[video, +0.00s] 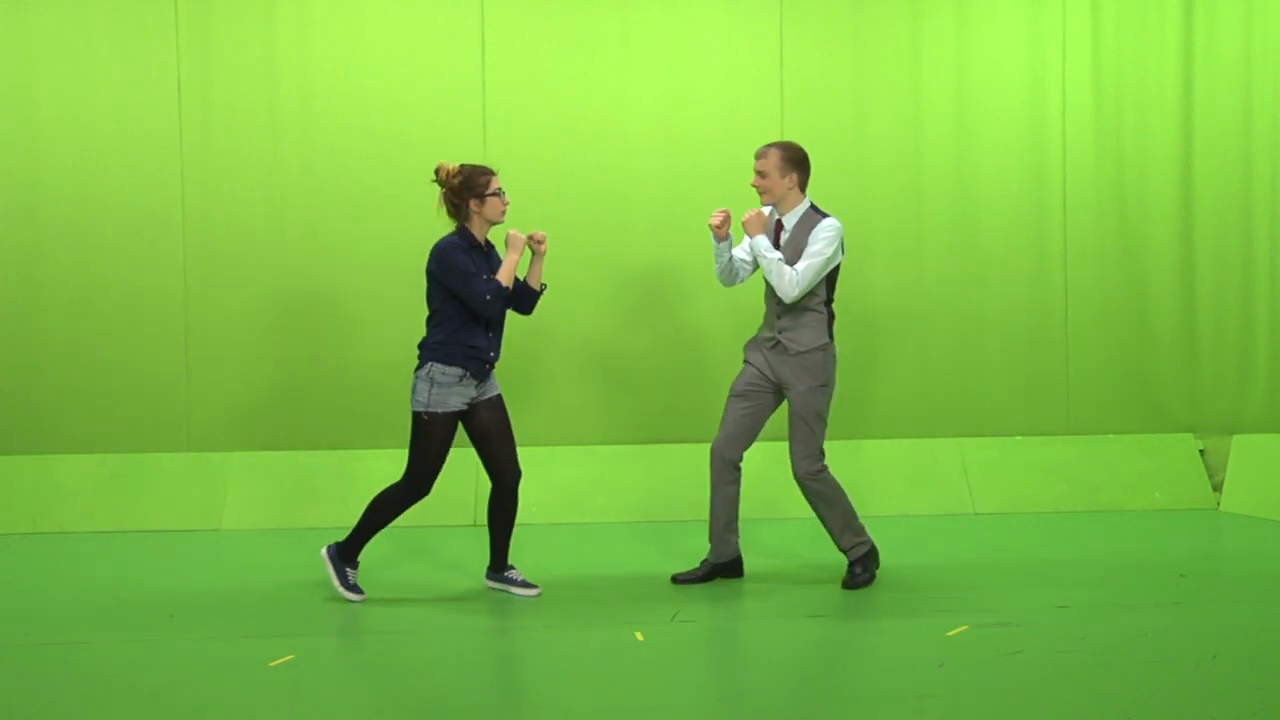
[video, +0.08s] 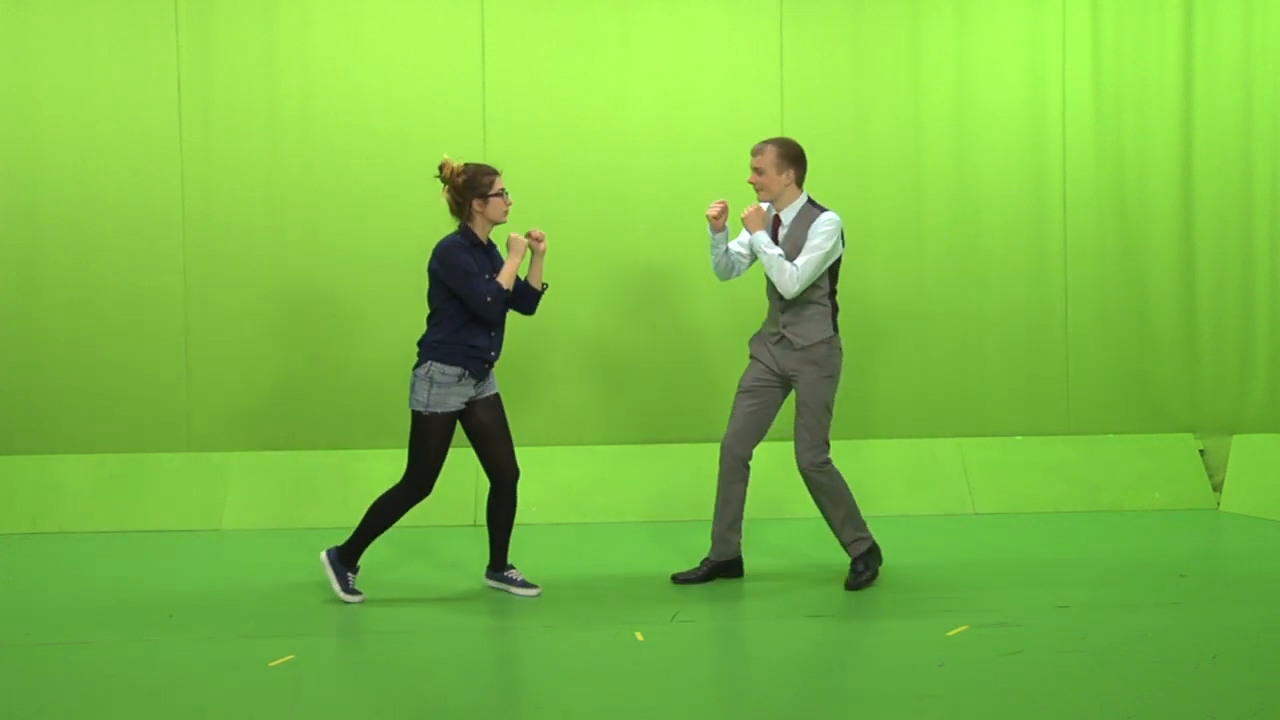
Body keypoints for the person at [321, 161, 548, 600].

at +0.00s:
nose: (506, 201)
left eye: (503, 193)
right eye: (497, 195)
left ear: (477, 204)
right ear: (473, 205)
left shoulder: (487, 252)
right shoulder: (448, 252)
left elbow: (522, 303)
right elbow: (487, 304)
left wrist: (537, 260)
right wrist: (513, 256)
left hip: (479, 379)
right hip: (440, 378)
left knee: (507, 475)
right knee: (418, 483)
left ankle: (499, 568)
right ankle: (344, 554)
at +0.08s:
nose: (508, 202)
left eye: (506, 194)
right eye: (499, 195)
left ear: (486, 203)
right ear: (475, 205)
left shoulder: (490, 252)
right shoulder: (451, 251)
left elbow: (525, 304)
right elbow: (489, 307)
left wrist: (538, 260)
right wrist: (514, 260)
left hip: (478, 377)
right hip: (439, 376)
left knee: (506, 474)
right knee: (419, 484)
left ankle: (498, 567)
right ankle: (344, 557)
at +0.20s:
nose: (508, 216)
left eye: (506, 209)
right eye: (500, 210)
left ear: (483, 220)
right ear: (476, 220)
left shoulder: (488, 270)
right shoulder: (451, 267)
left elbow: (521, 326)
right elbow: (485, 324)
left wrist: (532, 280)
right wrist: (514, 279)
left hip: (483, 393)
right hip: (445, 393)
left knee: (515, 484)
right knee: (413, 494)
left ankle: (498, 570)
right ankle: (331, 563)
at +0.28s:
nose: (508, 216)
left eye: (505, 209)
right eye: (500, 211)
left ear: (482, 220)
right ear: (476, 220)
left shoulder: (486, 270)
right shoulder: (451, 268)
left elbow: (514, 330)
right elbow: (483, 327)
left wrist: (531, 287)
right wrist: (514, 284)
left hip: (485, 394)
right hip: (447, 394)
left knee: (516, 484)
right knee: (416, 494)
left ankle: (498, 570)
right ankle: (333, 563)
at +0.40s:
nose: (509, 200)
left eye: (507, 192)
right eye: (501, 194)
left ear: (486, 201)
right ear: (476, 203)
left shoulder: (486, 252)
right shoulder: (453, 251)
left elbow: (517, 310)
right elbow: (488, 310)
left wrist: (533, 266)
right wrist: (516, 263)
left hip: (480, 379)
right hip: (444, 378)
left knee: (503, 475)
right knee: (414, 480)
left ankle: (498, 568)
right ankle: (342, 560)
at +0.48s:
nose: (510, 196)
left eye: (508, 189)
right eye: (502, 190)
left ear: (488, 197)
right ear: (478, 199)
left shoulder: (487, 248)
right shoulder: (454, 248)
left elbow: (519, 305)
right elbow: (490, 306)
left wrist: (535, 260)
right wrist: (516, 259)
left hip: (473, 377)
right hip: (437, 374)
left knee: (496, 474)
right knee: (412, 478)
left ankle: (498, 567)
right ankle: (345, 559)